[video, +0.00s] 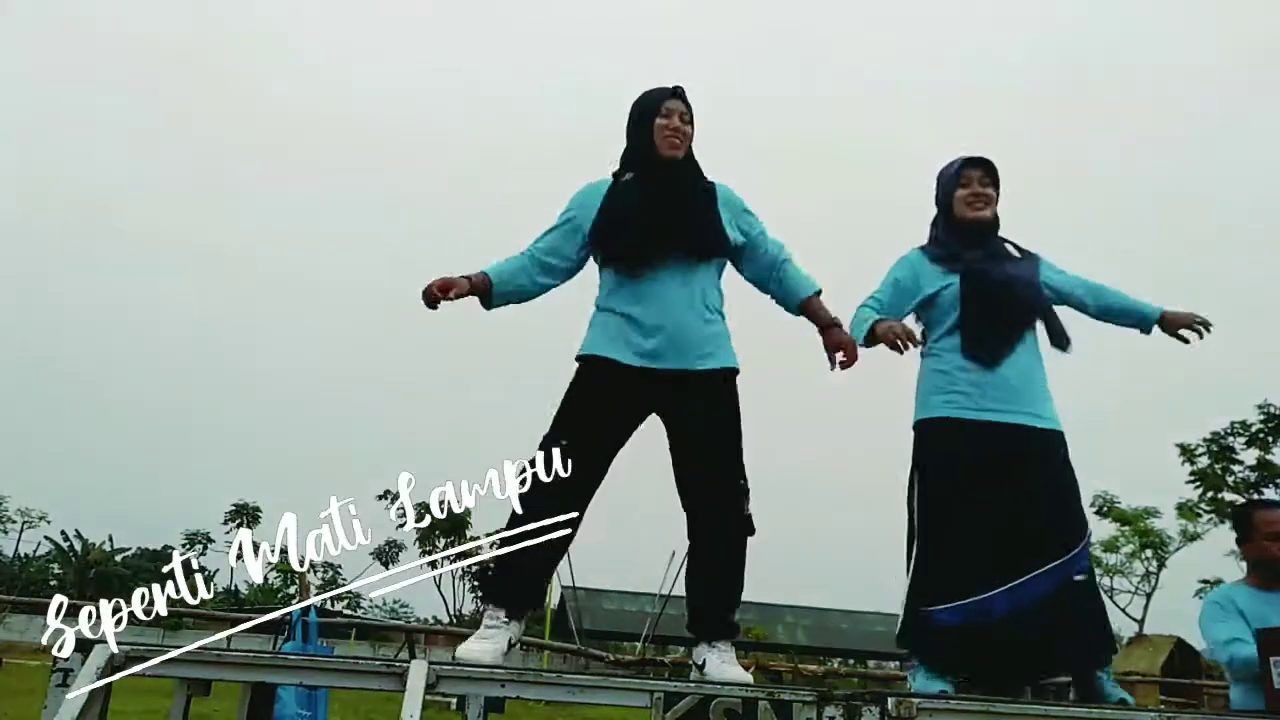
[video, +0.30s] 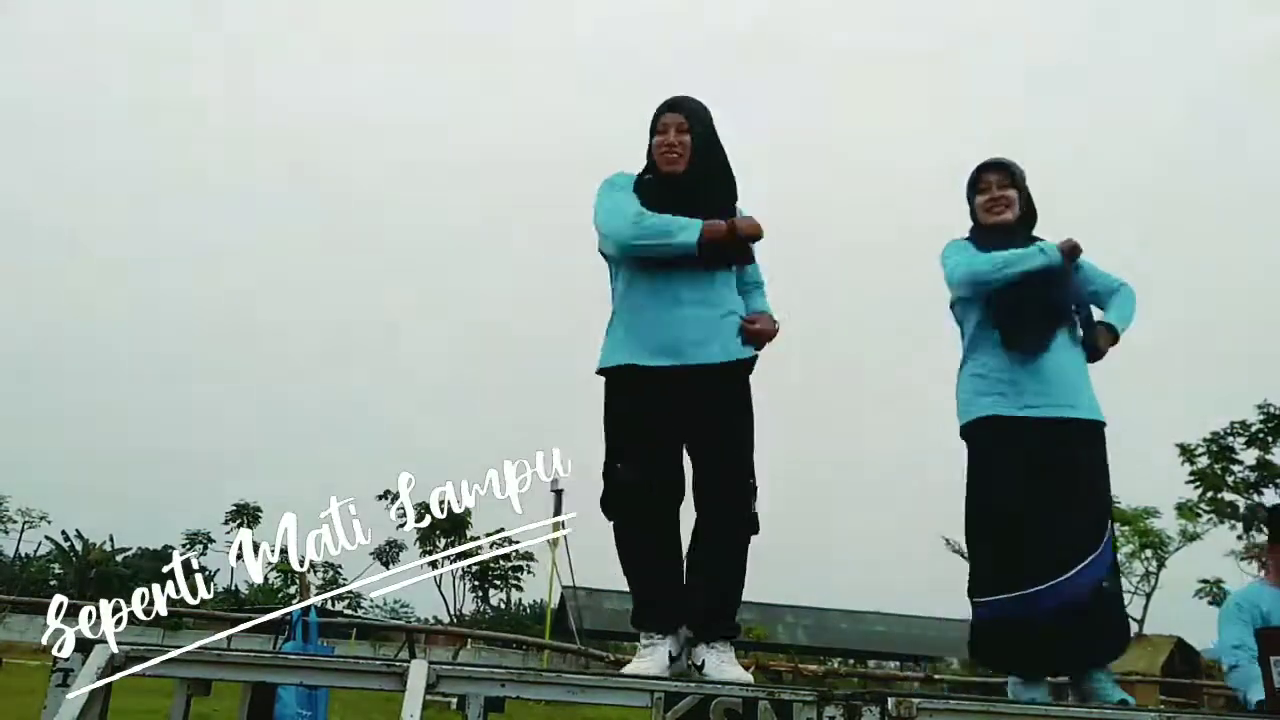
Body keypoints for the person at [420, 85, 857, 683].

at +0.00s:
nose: (675, 126)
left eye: (684, 119)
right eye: (663, 117)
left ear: (694, 133)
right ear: (639, 128)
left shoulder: (720, 202)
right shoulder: (604, 197)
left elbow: (772, 264)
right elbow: (545, 260)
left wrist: (826, 321)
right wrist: (472, 283)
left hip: (703, 369)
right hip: (615, 363)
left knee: (720, 507)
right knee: (555, 486)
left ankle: (715, 644)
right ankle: (502, 617)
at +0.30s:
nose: (670, 140)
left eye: (683, 133)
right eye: (662, 132)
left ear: (705, 143)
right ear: (650, 141)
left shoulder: (727, 210)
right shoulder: (622, 189)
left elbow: (751, 284)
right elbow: (619, 235)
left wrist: (760, 316)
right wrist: (721, 230)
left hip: (720, 368)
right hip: (640, 368)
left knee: (727, 504)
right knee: (640, 502)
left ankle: (713, 640)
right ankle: (659, 634)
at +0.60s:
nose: (643, 115)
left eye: (655, 106)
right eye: (635, 107)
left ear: (680, 117)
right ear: (625, 119)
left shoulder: (711, 189)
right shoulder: (600, 174)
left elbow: (739, 255)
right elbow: (507, 193)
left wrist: (745, 288)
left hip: (686, 346)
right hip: (599, 338)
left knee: (694, 491)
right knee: (540, 461)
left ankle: (709, 639)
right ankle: (529, 605)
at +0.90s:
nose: (571, 112)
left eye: (585, 104)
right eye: (563, 104)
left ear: (608, 116)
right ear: (551, 115)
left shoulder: (633, 186)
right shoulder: (519, 168)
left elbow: (672, 260)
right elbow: (449, 211)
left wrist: (668, 291)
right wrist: (515, 185)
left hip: (605, 337)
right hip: (518, 335)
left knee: (632, 481)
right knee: (480, 477)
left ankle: (648, 627)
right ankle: (475, 624)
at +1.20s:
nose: (519, 126)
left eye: (529, 116)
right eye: (514, 119)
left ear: (561, 119)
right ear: (511, 130)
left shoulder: (603, 186)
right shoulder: (504, 185)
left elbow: (655, 258)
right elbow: (476, 185)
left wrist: (624, 288)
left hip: (558, 333)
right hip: (477, 331)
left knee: (543, 478)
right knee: (413, 458)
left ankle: (525, 625)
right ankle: (460, 598)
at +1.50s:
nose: (509, 87)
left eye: (522, 81)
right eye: (501, 78)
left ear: (540, 98)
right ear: (484, 88)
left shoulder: (557, 172)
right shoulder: (444, 144)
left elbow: (571, 260)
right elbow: (377, 192)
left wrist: (600, 298)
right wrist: (301, 228)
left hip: (524, 328)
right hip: (438, 321)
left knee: (527, 473)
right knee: (383, 460)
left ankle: (525, 620)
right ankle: (340, 609)